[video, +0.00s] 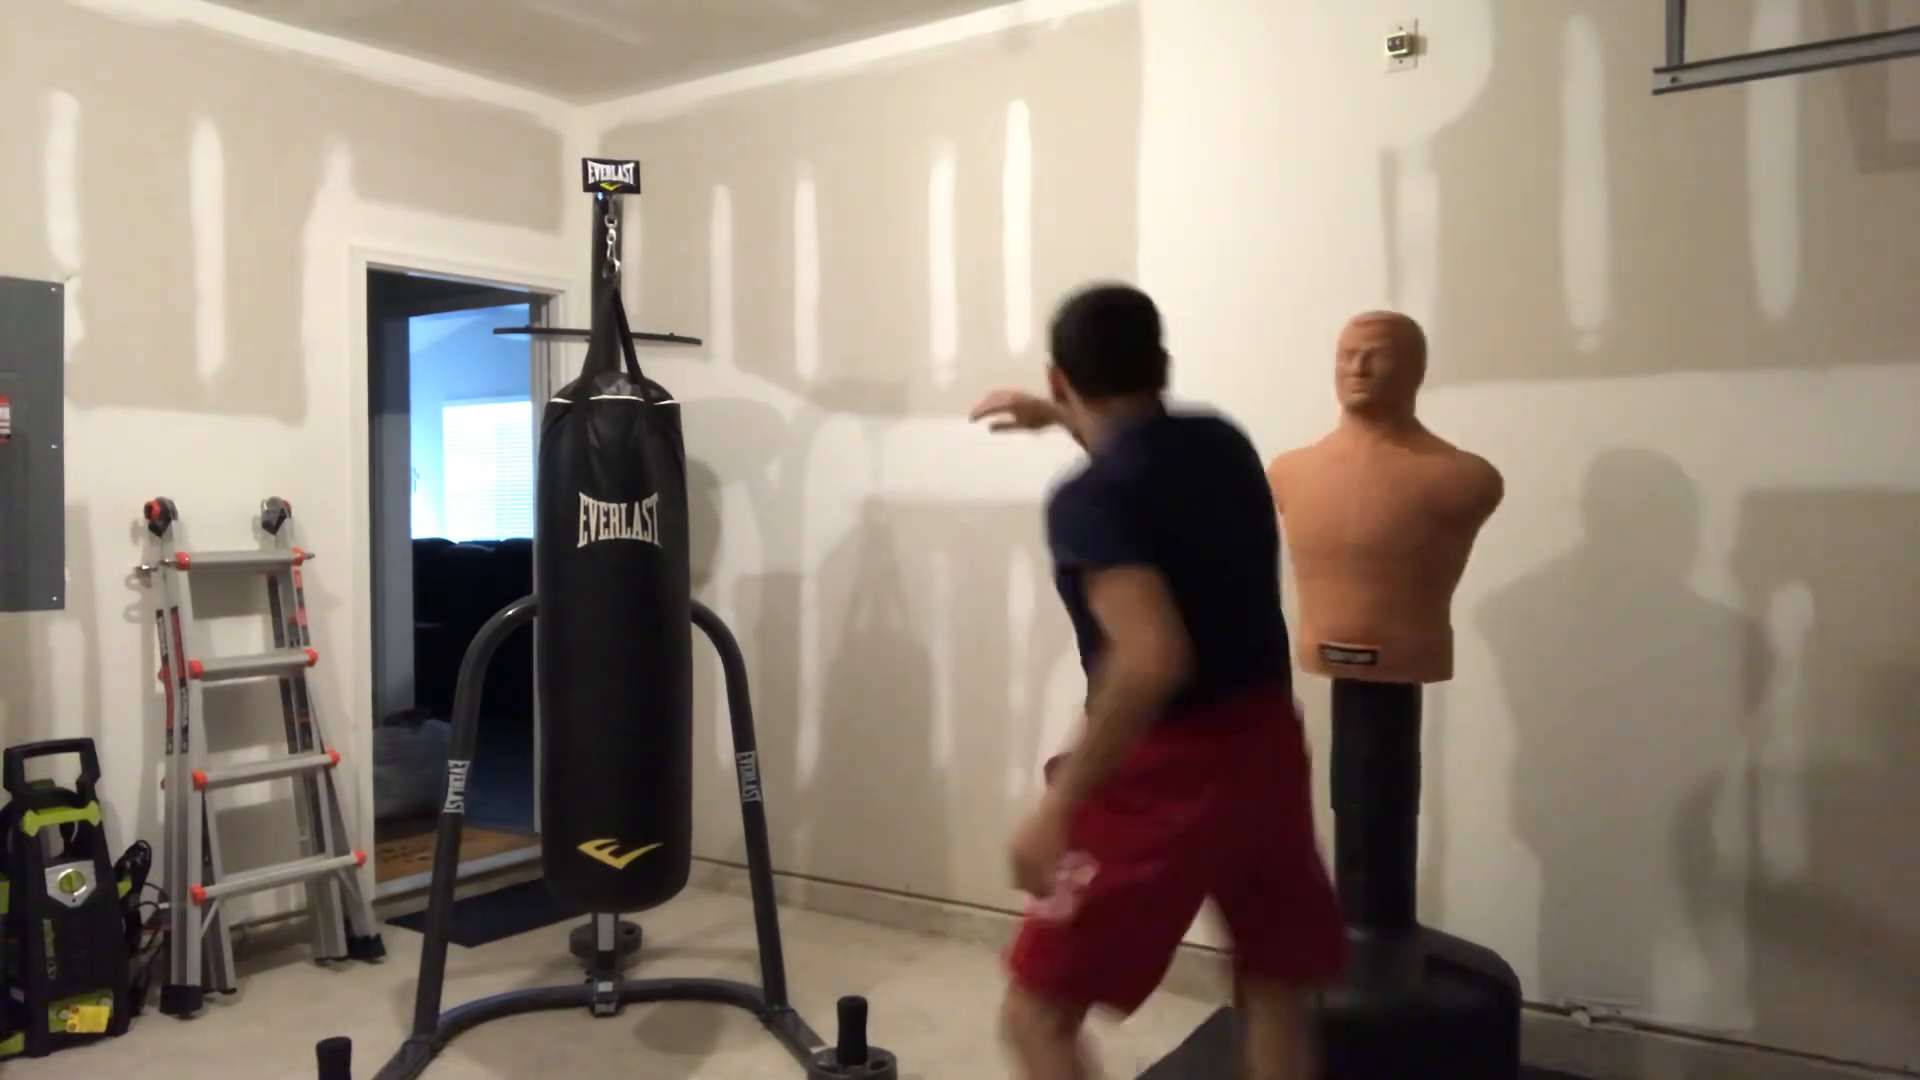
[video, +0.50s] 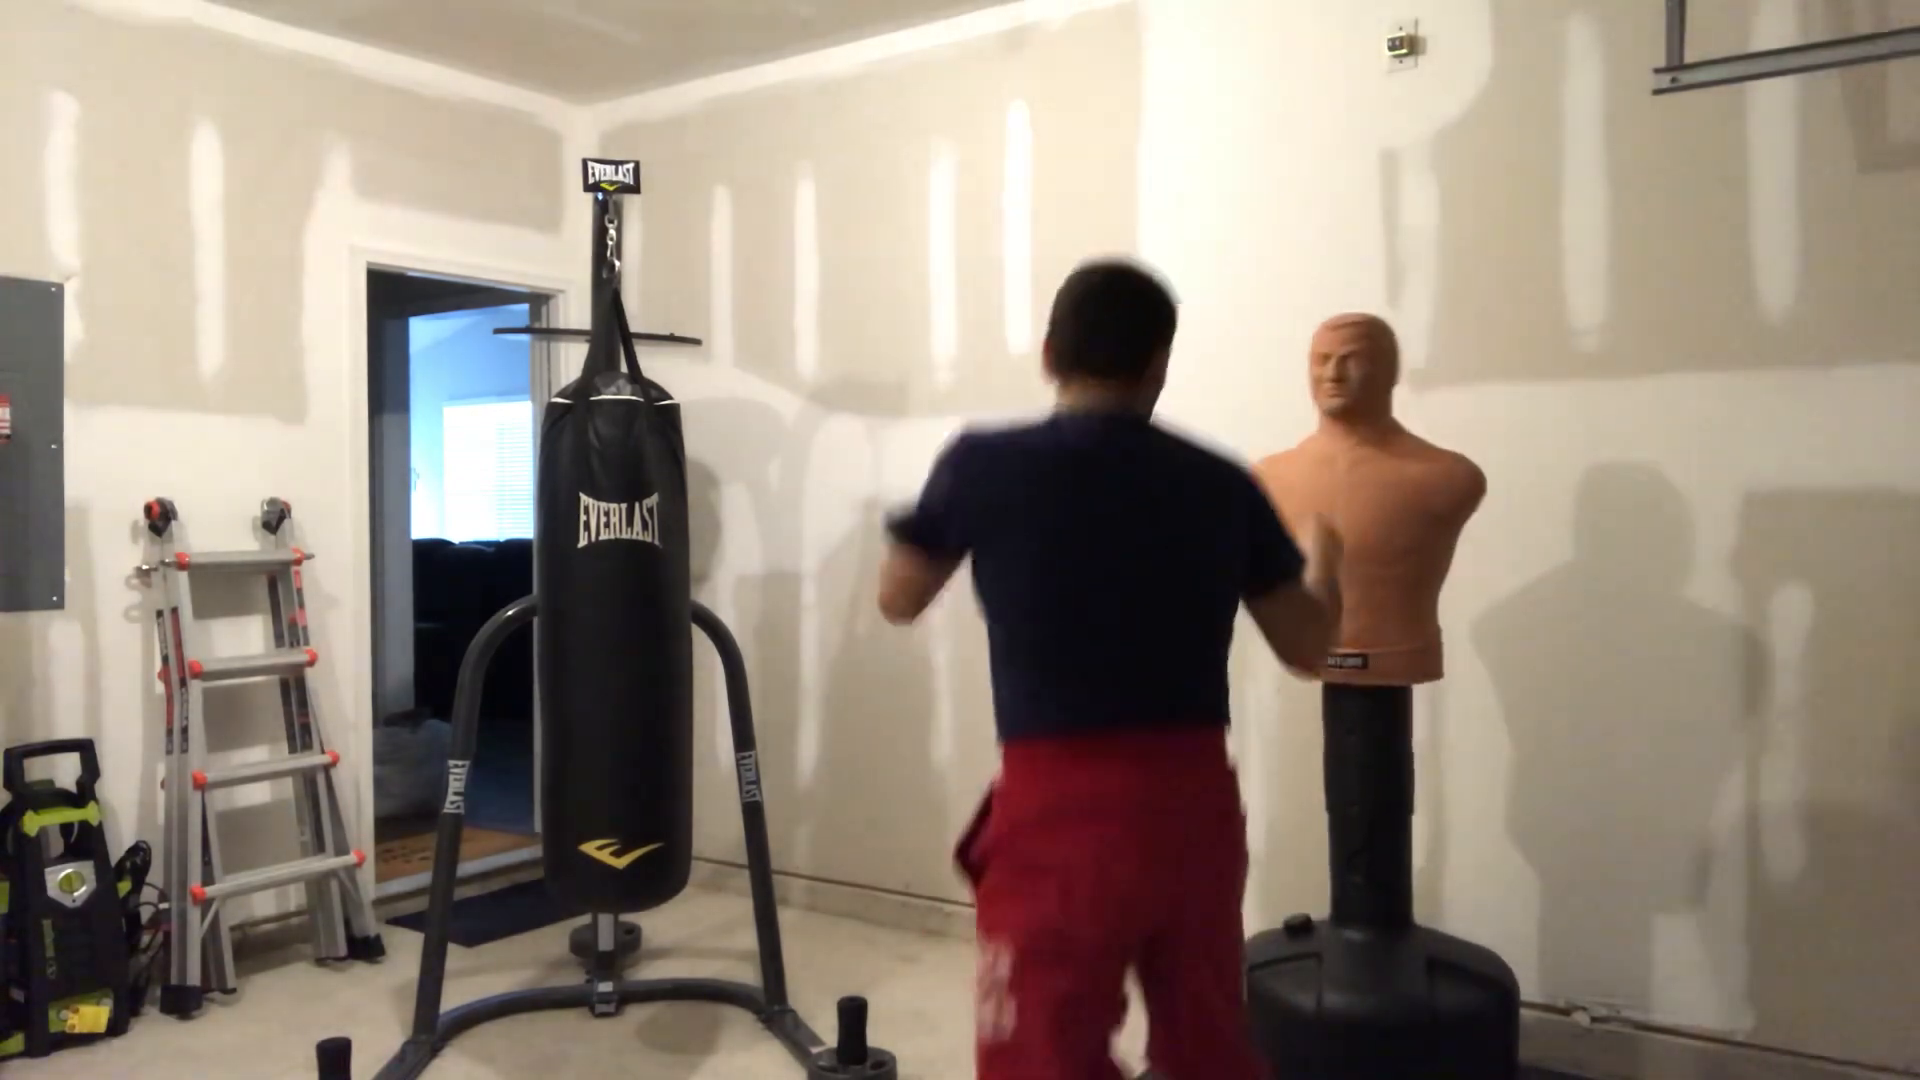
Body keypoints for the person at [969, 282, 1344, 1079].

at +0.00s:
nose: (1055, 391)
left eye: (1055, 375)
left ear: (1065, 380)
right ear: (1160, 365)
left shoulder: (1090, 494)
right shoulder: (1224, 443)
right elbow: (1139, 444)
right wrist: (1058, 415)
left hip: (1163, 772)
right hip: (1266, 757)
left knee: (1035, 1016)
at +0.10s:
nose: (1081, 418)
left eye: (1083, 406)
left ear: (1088, 416)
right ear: (1188, 412)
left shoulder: (1104, 538)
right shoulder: (1243, 510)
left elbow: (1164, 719)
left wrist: (1052, 826)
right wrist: (1108, 458)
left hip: (1136, 844)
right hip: (1250, 835)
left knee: (997, 1064)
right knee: (1248, 1060)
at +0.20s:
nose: (1078, 416)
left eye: (1076, 402)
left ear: (1081, 412)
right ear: (1191, 416)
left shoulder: (1068, 533)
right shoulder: (1243, 526)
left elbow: (1060, 747)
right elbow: (1231, 702)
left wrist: (999, 726)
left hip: (1109, 871)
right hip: (1228, 857)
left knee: (1005, 1067)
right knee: (1224, 1061)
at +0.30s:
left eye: (1074, 332)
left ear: (1076, 345)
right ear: (1189, 354)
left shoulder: (1028, 454)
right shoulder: (1238, 469)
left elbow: (937, 630)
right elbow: (1268, 621)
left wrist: (1017, 537)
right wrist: (1170, 572)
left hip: (1076, 794)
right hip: (1204, 790)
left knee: (1020, 1051)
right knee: (1221, 1043)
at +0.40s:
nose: (1059, 316)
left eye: (1061, 307)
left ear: (1066, 319)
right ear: (1181, 331)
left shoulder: (1006, 417)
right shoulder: (1234, 444)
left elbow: (907, 578)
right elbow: (1286, 609)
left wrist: (1000, 491)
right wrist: (1214, 515)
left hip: (1061, 766)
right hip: (1200, 766)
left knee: (1038, 1050)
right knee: (1218, 1035)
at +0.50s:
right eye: (1159, 357)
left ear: (1049, 354)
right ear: (1159, 367)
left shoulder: (986, 465)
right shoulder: (1218, 484)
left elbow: (898, 598)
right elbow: (1307, 647)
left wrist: (926, 513)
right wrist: (1326, 569)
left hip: (1054, 821)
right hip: (1194, 816)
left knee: (1039, 1057)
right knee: (1206, 1052)